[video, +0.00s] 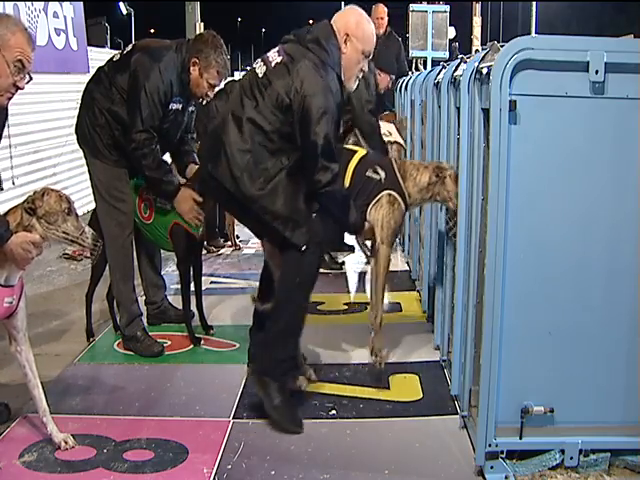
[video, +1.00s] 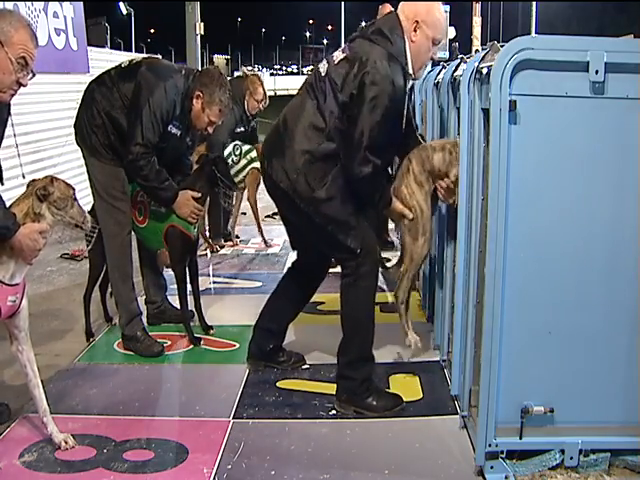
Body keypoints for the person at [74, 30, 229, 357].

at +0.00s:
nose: (211, 93)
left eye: (216, 87)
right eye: (210, 85)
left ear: (197, 65)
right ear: (193, 66)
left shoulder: (189, 78)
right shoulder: (155, 72)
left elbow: (183, 133)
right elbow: (140, 140)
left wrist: (190, 166)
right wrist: (173, 189)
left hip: (139, 138)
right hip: (104, 134)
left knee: (147, 221)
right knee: (119, 224)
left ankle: (157, 305)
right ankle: (130, 325)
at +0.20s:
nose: (211, 94)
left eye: (216, 88)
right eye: (210, 86)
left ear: (197, 67)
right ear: (193, 68)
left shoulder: (188, 82)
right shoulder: (155, 72)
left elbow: (180, 142)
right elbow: (137, 139)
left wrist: (182, 178)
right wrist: (178, 180)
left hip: (141, 138)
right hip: (104, 134)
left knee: (147, 222)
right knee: (119, 225)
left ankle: (157, 305)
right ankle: (130, 325)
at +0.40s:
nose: (211, 96)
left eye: (215, 90)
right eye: (209, 87)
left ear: (198, 67)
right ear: (193, 69)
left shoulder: (189, 80)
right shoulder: (155, 72)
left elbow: (179, 142)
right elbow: (140, 143)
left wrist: (184, 187)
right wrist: (172, 194)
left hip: (138, 136)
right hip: (103, 133)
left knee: (147, 221)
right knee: (119, 224)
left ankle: (157, 305)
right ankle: (131, 326)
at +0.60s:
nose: (210, 104)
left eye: (215, 99)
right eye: (208, 96)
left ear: (197, 74)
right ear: (194, 76)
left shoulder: (191, 85)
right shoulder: (155, 76)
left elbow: (178, 147)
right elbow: (140, 146)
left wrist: (176, 190)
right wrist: (175, 192)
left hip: (139, 135)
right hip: (103, 132)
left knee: (147, 219)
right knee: (119, 224)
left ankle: (157, 304)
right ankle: (131, 326)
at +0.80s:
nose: (211, 123)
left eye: (216, 118)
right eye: (211, 115)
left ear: (198, 93)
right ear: (196, 94)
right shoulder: (159, 88)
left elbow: (177, 159)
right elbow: (136, 153)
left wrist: (180, 194)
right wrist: (173, 195)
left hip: (138, 135)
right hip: (102, 131)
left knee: (148, 217)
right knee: (119, 223)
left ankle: (157, 305)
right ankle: (131, 326)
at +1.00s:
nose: (211, 130)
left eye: (216, 125)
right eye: (211, 122)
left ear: (198, 99)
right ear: (196, 99)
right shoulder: (161, 90)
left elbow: (178, 160)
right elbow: (137, 155)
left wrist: (186, 195)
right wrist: (173, 197)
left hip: (137, 133)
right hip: (101, 130)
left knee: (147, 216)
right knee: (118, 223)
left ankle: (158, 305)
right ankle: (132, 327)